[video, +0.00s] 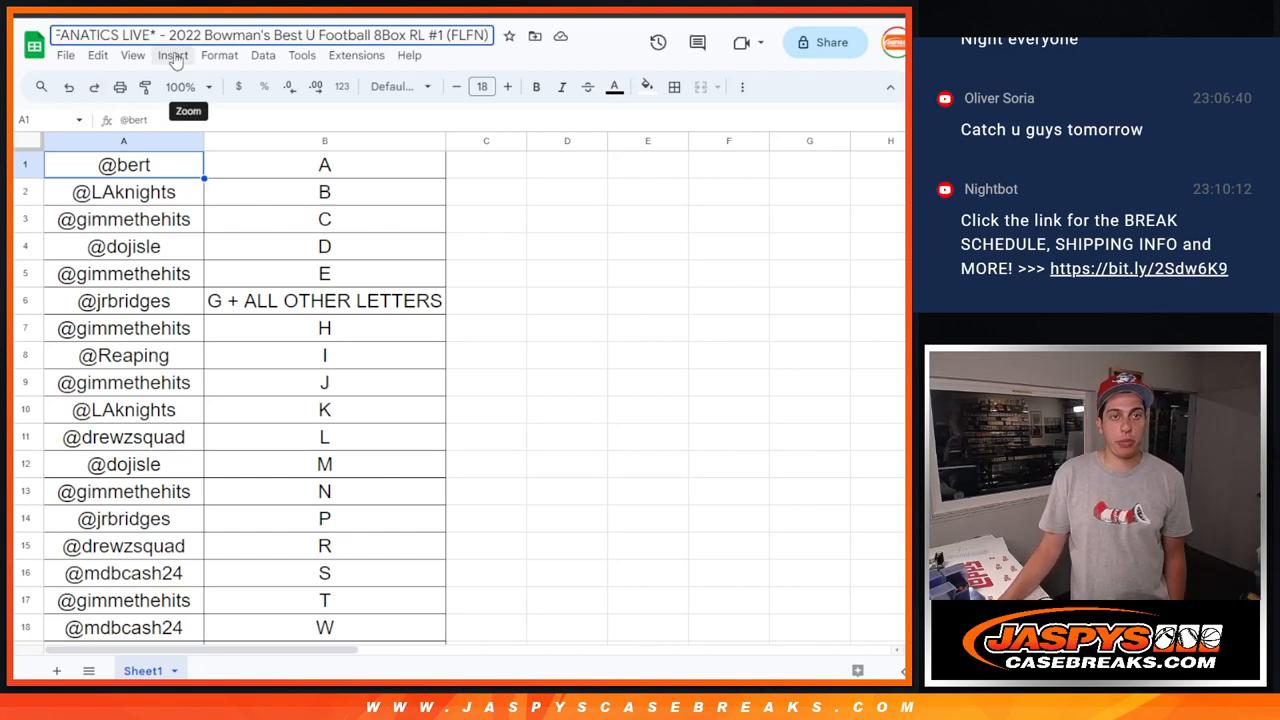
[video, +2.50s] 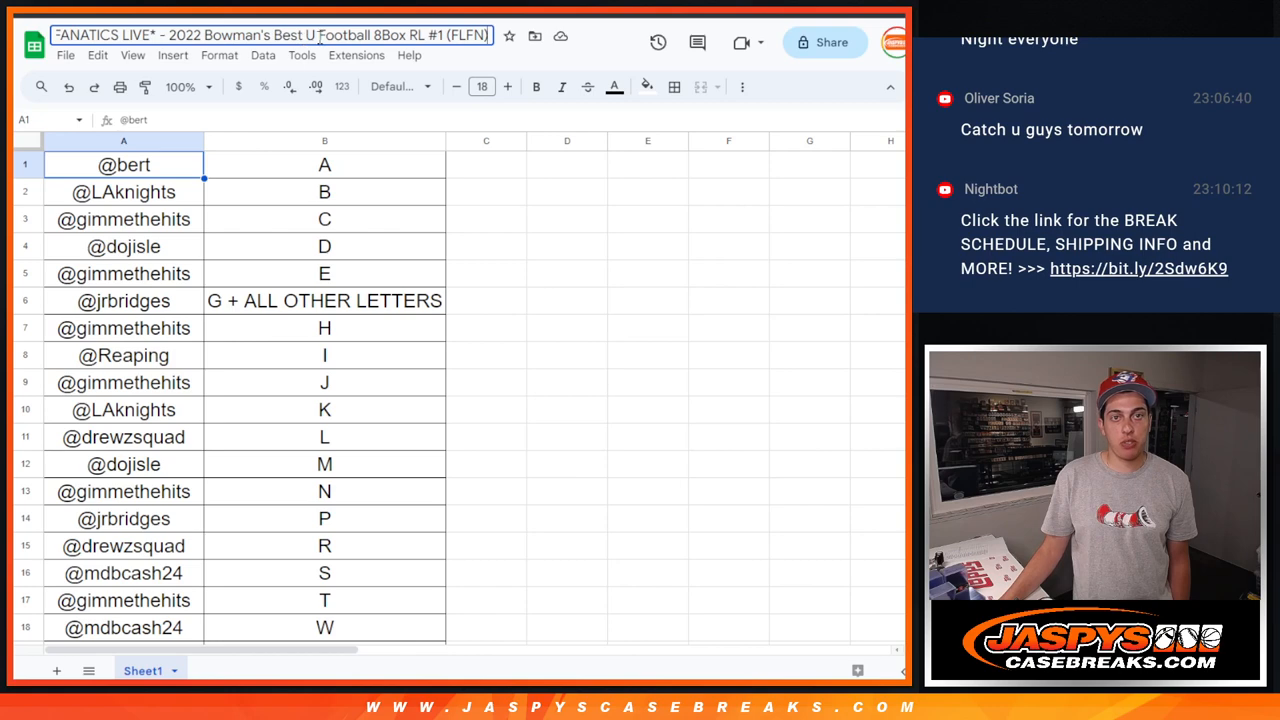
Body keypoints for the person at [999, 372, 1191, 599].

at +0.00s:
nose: (1126, 427)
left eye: (1136, 415)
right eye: (1115, 416)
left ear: (1146, 421)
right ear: (1100, 424)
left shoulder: (1169, 479)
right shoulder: (1071, 475)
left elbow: (1175, 554)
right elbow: (1049, 548)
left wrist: (1175, 603)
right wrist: (1006, 600)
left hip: (1149, 602)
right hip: (1087, 603)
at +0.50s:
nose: (1123, 429)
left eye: (1133, 417)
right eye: (1112, 418)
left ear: (1145, 422)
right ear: (1098, 426)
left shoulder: (1170, 479)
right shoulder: (1071, 475)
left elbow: (1176, 555)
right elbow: (1049, 548)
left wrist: (1176, 603)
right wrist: (1006, 600)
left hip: (1150, 604)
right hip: (1087, 605)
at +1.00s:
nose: (1126, 429)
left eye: (1136, 416)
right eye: (1114, 418)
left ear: (1147, 420)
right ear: (1100, 425)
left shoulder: (1173, 480)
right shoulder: (1073, 477)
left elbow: (1179, 555)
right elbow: (1049, 550)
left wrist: (1179, 608)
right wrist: (1005, 601)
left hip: (1153, 607)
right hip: (1090, 607)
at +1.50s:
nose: (1127, 427)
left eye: (1136, 415)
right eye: (1115, 416)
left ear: (1148, 421)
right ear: (1100, 424)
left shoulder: (1174, 481)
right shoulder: (1073, 477)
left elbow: (1179, 557)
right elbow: (1050, 550)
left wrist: (1180, 611)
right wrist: (1005, 601)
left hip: (1152, 607)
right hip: (1090, 607)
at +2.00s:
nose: (1129, 427)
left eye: (1138, 415)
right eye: (1117, 416)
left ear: (1150, 421)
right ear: (1102, 424)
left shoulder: (1174, 480)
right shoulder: (1074, 476)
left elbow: (1179, 557)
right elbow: (1051, 548)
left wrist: (1180, 612)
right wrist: (1005, 601)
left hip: (1152, 607)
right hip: (1090, 607)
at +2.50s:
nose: (1127, 428)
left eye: (1137, 415)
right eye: (1116, 417)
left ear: (1150, 421)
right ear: (1102, 425)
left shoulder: (1175, 481)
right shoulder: (1073, 476)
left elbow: (1179, 557)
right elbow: (1051, 549)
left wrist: (1180, 611)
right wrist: (1007, 599)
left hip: (1153, 607)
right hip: (1090, 607)